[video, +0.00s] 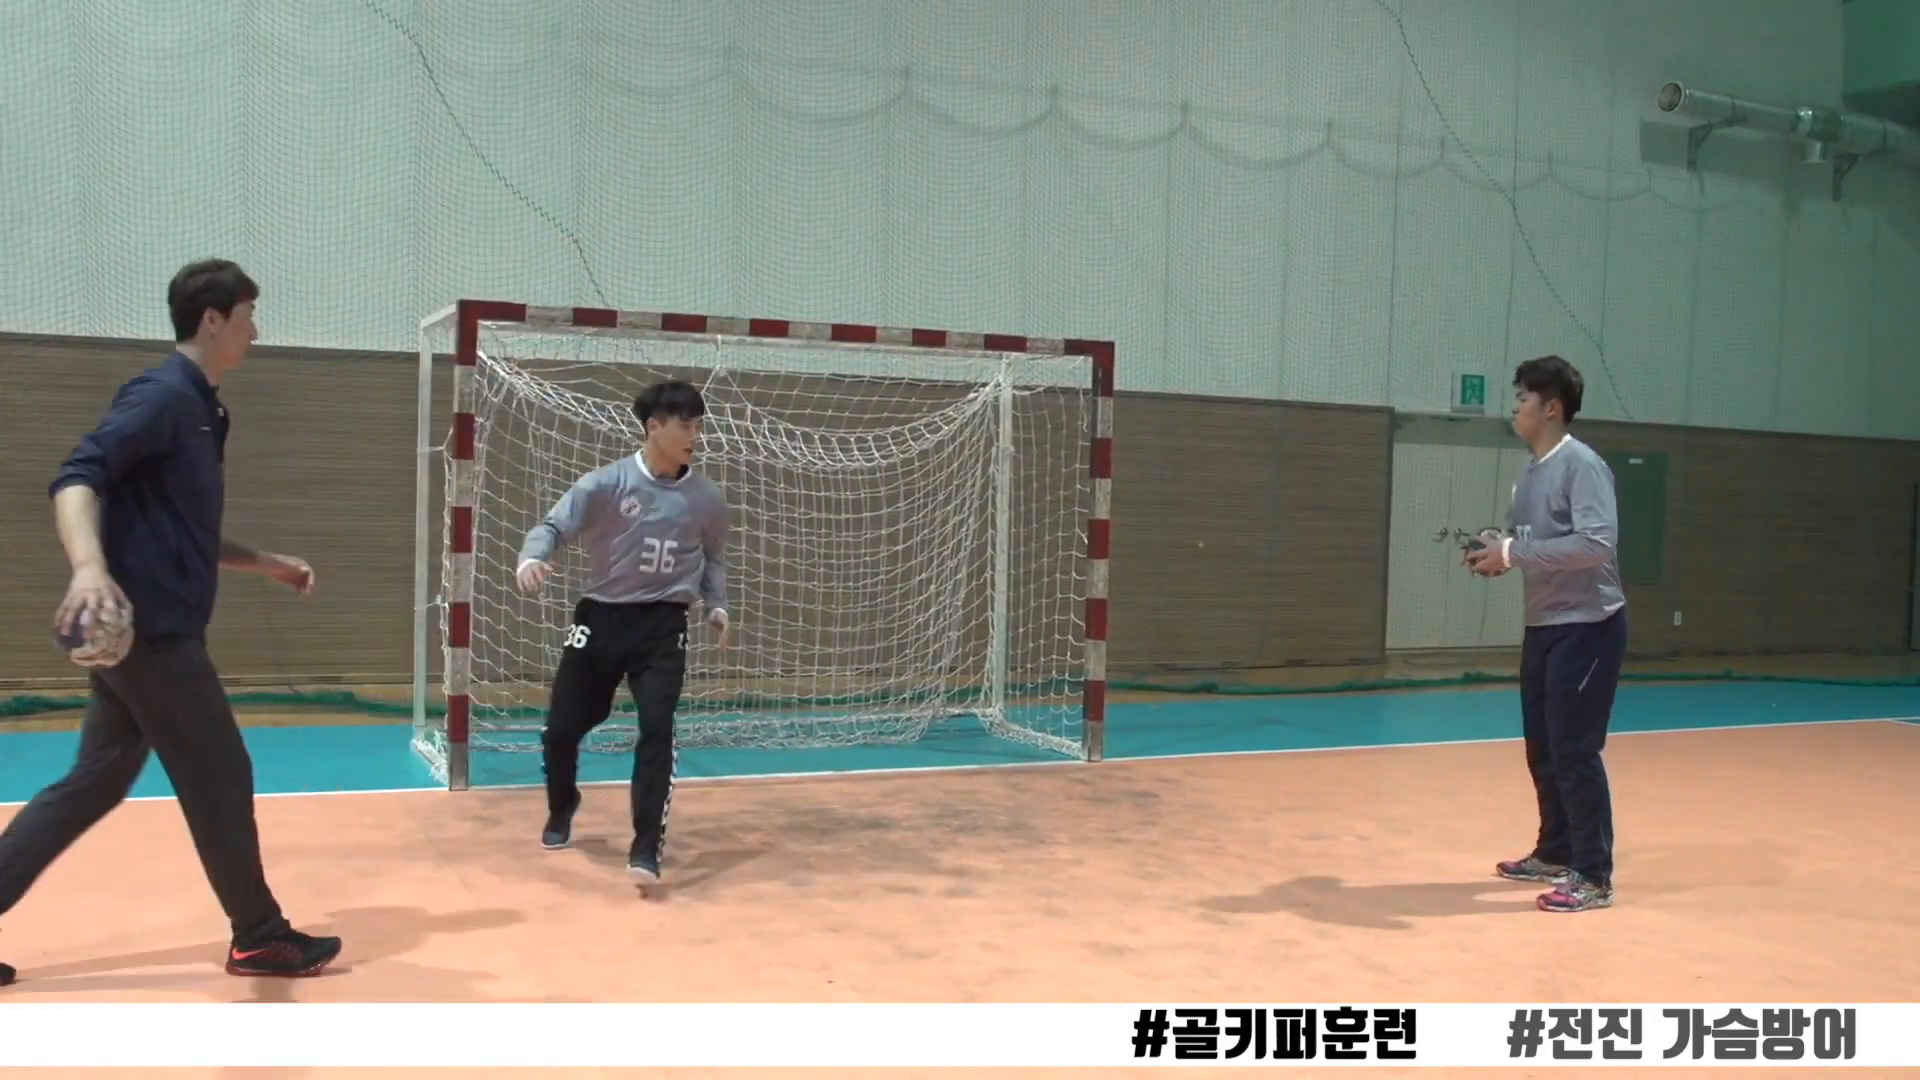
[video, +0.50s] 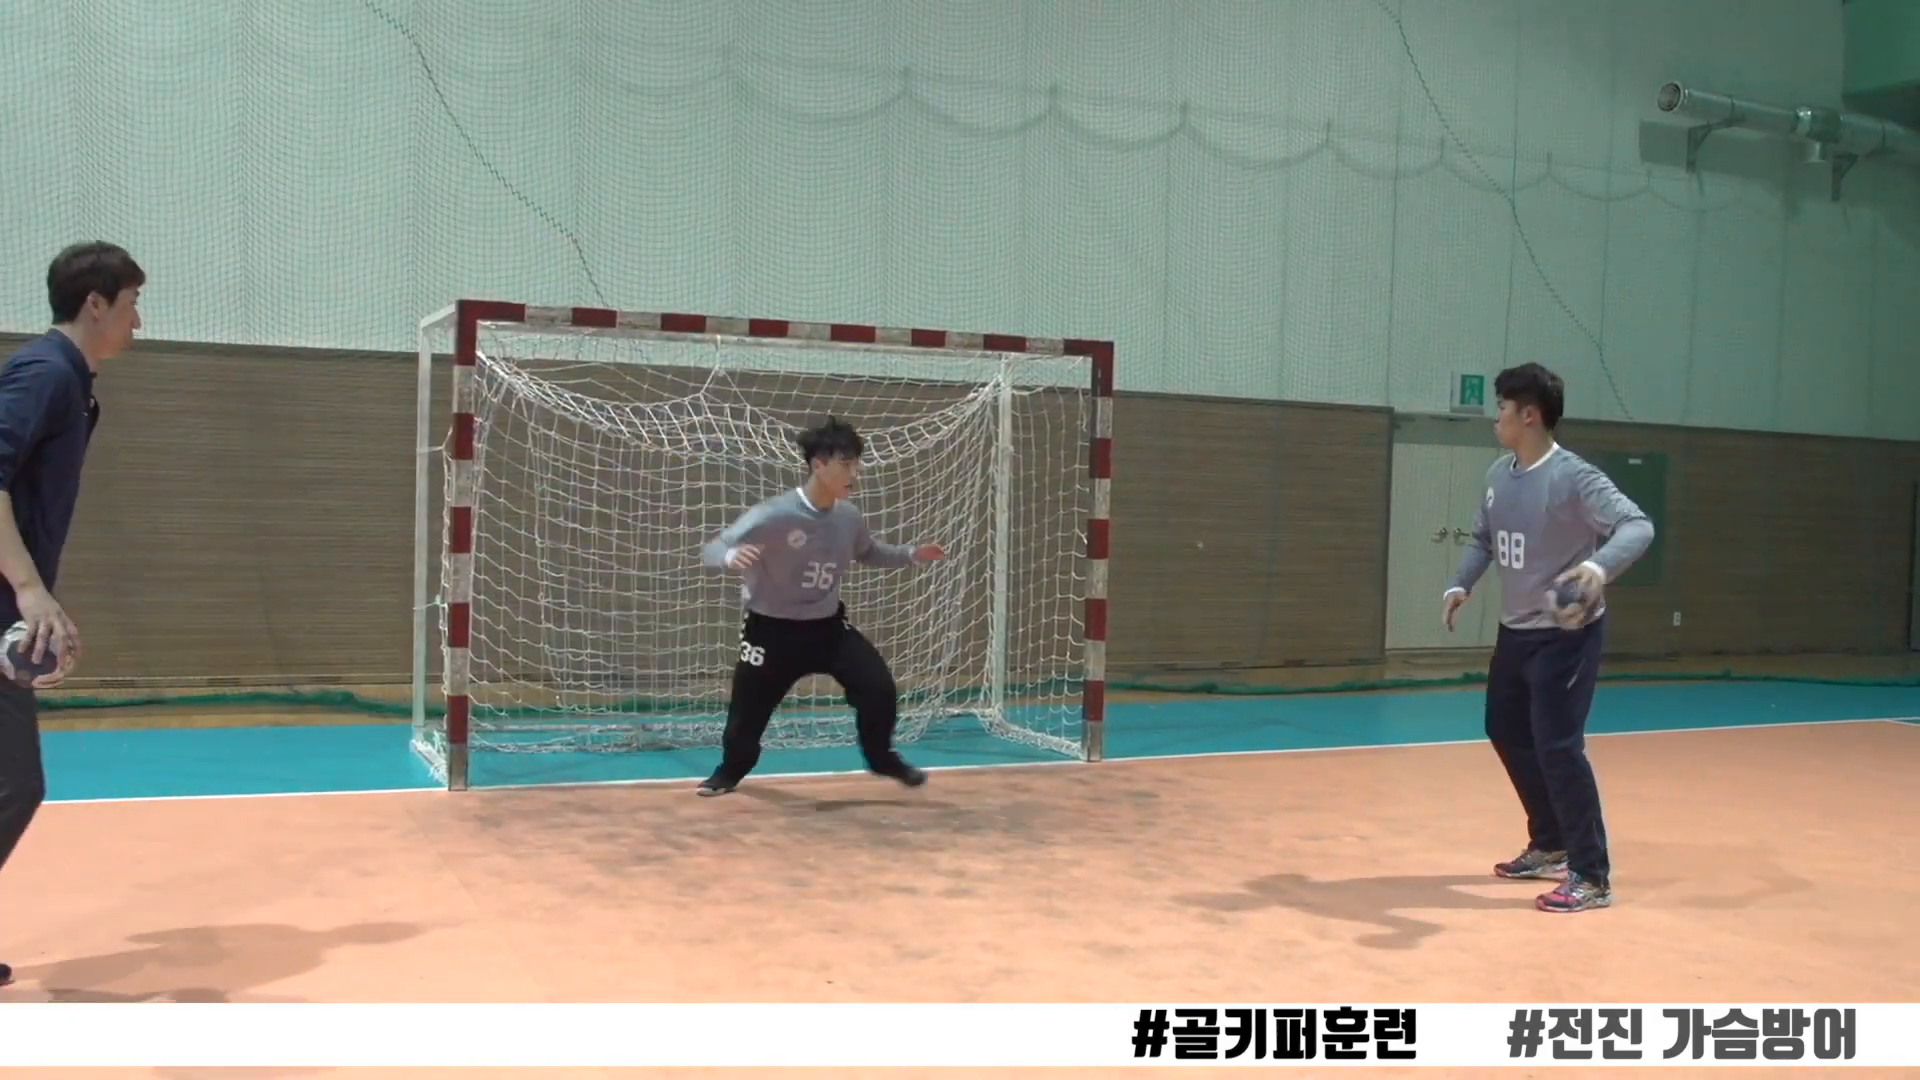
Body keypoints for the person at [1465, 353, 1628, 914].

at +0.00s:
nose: (1515, 407)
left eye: (1525, 398)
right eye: (1517, 398)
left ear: (1555, 406)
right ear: (1541, 407)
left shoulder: (1584, 464)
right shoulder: (1531, 473)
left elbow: (1597, 547)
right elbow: (1535, 545)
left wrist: (1515, 553)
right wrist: (1500, 551)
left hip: (1588, 627)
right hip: (1544, 627)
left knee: (1574, 749)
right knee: (1542, 747)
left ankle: (1594, 877)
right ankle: (1556, 853)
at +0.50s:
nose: (1495, 416)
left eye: (1502, 408)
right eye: (1497, 407)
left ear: (1530, 415)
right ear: (1522, 415)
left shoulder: (1573, 474)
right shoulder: (1501, 475)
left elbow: (1637, 526)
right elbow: (1483, 541)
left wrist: (1600, 566)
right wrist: (1460, 585)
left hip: (1566, 635)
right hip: (1516, 634)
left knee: (1557, 745)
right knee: (1507, 732)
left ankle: (1591, 877)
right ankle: (1550, 843)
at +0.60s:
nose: (1489, 421)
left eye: (1496, 413)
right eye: (1490, 412)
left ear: (1523, 418)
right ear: (1512, 418)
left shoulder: (1570, 478)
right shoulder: (1496, 480)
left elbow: (1621, 507)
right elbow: (1480, 553)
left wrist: (1626, 497)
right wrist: (1446, 603)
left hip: (1562, 634)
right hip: (1510, 632)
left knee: (1552, 746)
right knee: (1478, 721)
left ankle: (1591, 877)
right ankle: (1530, 828)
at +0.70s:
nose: (1478, 431)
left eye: (1483, 421)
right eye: (1479, 422)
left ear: (1506, 425)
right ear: (1508, 425)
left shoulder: (1558, 476)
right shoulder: (1490, 487)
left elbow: (1605, 472)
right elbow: (1481, 565)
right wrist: (1446, 617)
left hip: (1551, 635)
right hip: (1503, 634)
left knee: (1541, 746)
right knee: (1469, 719)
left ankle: (1590, 877)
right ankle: (1479, 833)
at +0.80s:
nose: (1467, 435)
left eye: (1471, 425)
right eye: (1469, 426)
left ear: (1491, 426)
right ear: (1497, 428)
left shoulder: (1533, 478)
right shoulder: (1486, 492)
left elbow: (1539, 420)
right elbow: (1478, 566)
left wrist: (1528, 349)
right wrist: (1460, 619)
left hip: (1534, 637)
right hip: (1493, 635)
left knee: (1529, 750)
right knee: (1460, 721)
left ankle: (1587, 875)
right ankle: (1433, 827)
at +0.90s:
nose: (1459, 431)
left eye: (1469, 423)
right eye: (1461, 423)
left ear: (1486, 428)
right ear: (1488, 429)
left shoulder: (1501, 476)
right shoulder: (1479, 481)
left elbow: (1465, 427)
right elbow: (1484, 564)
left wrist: (1448, 357)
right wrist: (1466, 625)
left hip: (1506, 634)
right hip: (1479, 632)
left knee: (1521, 750)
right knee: (1440, 720)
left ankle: (1584, 873)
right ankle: (1428, 831)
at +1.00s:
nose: (1435, 435)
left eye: (1440, 428)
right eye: (1438, 427)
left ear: (1455, 432)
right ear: (1474, 436)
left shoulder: (1456, 471)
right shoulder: (1487, 483)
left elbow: (1393, 437)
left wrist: (1381, 379)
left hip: (1484, 631)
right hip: (1478, 630)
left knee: (1508, 747)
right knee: (1432, 721)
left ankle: (1573, 863)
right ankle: (1427, 831)